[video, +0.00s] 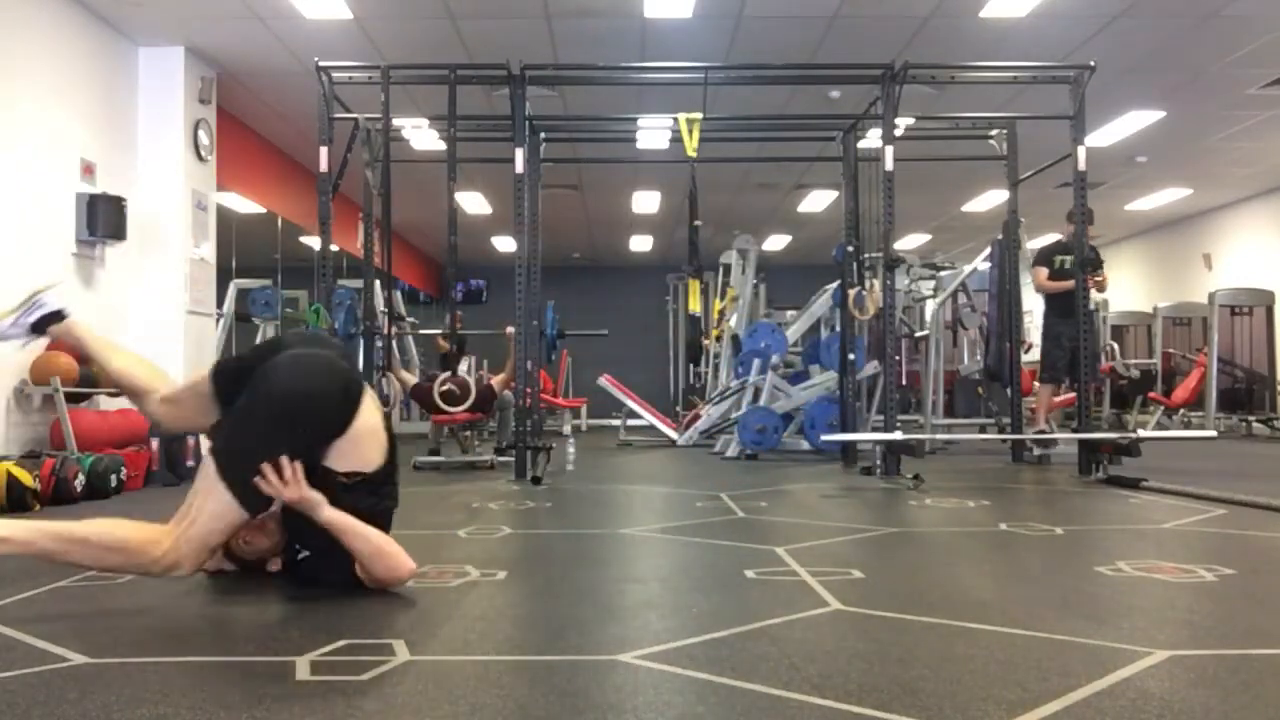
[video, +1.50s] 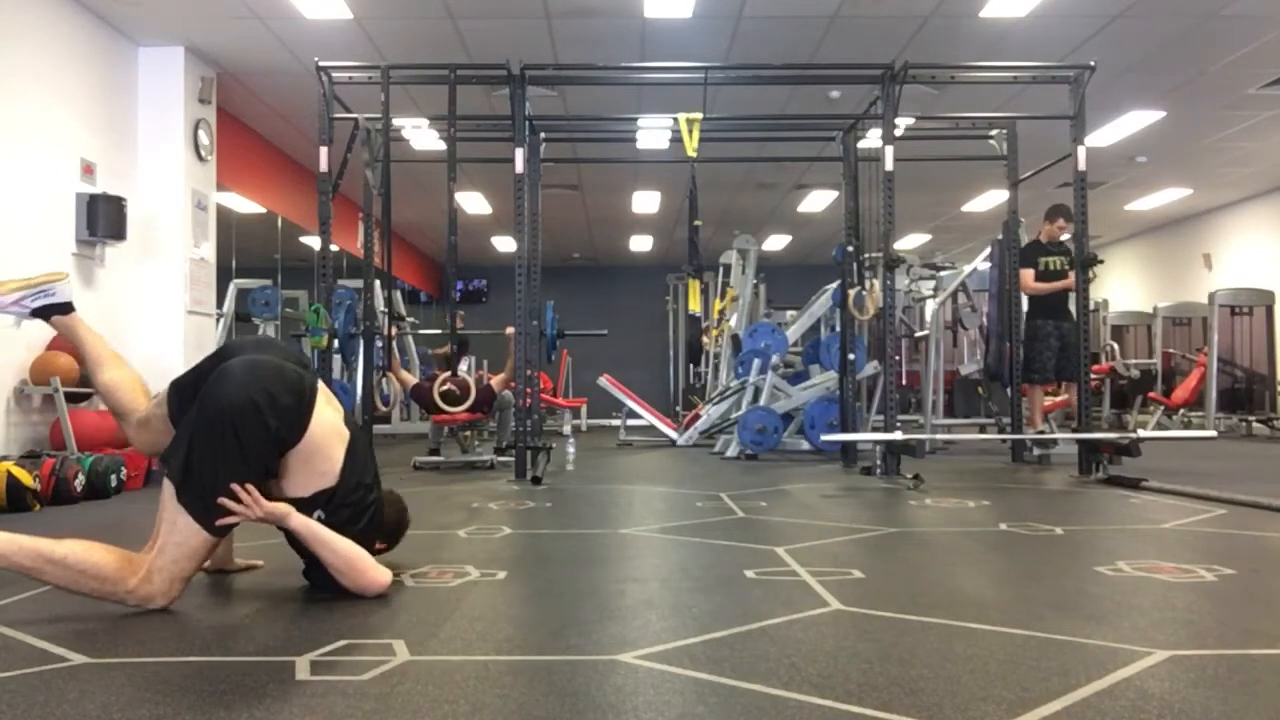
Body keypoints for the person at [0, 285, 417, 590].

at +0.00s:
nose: (244, 532)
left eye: (241, 531)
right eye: (246, 545)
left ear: (251, 518)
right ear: (265, 564)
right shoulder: (318, 561)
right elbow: (402, 569)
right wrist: (316, 507)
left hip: (308, 353)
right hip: (319, 387)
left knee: (166, 405)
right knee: (176, 551)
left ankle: (59, 323)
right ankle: (7, 532)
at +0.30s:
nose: (263, 535)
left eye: (262, 541)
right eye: (271, 541)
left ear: (275, 548)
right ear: (305, 552)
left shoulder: (286, 493)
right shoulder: (330, 553)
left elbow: (199, 447)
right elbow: (393, 577)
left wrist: (219, 551)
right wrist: (295, 527)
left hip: (256, 352)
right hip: (273, 384)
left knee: (133, 428)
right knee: (158, 570)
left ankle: (30, 331)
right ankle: (6, 540)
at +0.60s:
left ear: (309, 562)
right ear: (339, 568)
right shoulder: (352, 558)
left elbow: (221, 448)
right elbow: (389, 579)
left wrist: (219, 548)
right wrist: (300, 517)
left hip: (258, 356)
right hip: (273, 391)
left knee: (135, 434)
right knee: (165, 579)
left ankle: (50, 317)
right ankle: (5, 542)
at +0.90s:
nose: (382, 548)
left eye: (387, 540)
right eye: (388, 541)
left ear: (371, 508)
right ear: (384, 533)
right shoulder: (354, 525)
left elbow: (225, 455)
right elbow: (379, 581)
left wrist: (219, 550)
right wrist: (290, 514)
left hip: (256, 354)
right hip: (263, 395)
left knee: (133, 434)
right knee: (158, 584)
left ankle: (52, 313)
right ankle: (5, 542)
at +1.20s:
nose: (387, 548)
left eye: (395, 542)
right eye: (396, 541)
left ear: (380, 506)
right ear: (389, 526)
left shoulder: (336, 478)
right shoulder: (356, 514)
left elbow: (223, 465)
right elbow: (373, 582)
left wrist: (222, 555)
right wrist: (283, 516)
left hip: (253, 357)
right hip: (252, 400)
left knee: (126, 433)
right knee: (150, 586)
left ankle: (42, 315)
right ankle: (4, 542)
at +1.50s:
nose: (374, 560)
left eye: (377, 550)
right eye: (379, 551)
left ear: (364, 509)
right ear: (377, 540)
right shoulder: (351, 529)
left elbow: (229, 455)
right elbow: (376, 581)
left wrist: (220, 551)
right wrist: (290, 516)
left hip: (259, 354)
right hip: (260, 398)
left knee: (146, 429)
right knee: (154, 582)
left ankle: (60, 313)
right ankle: (4, 543)